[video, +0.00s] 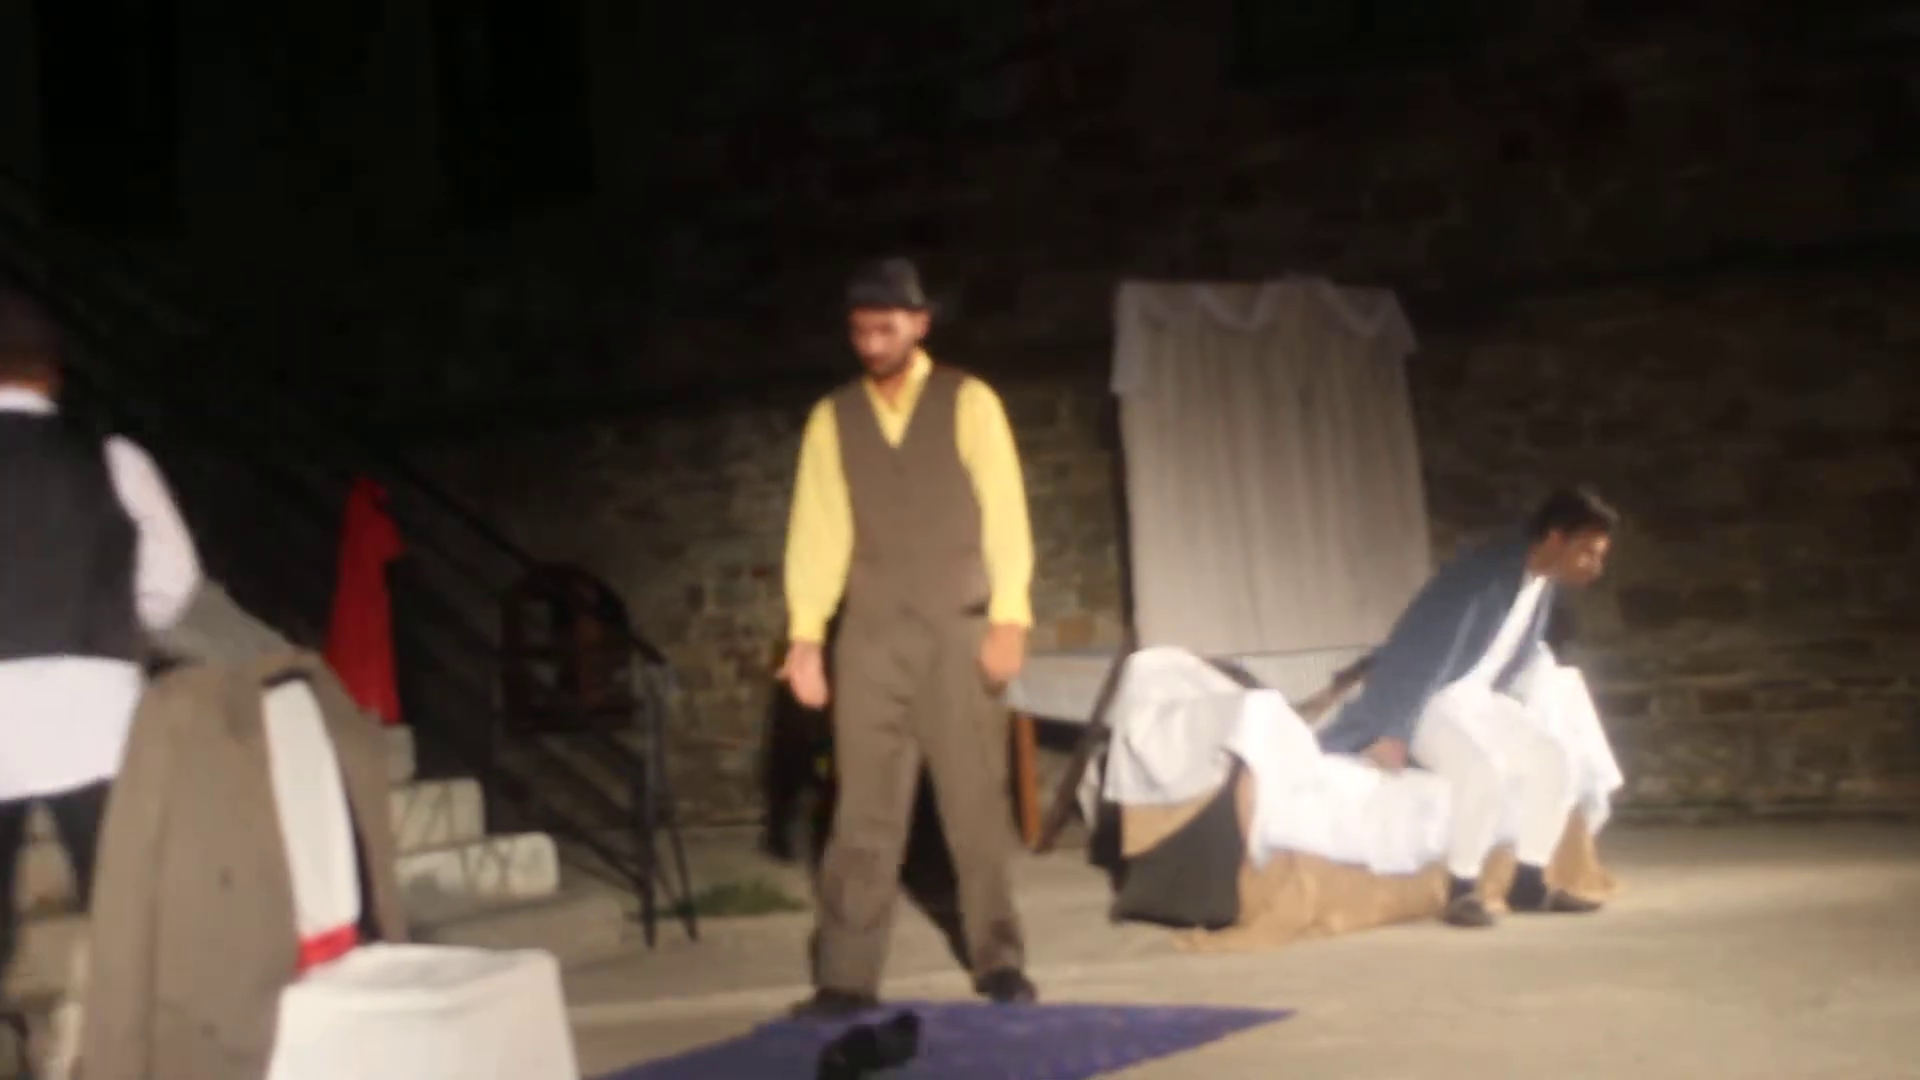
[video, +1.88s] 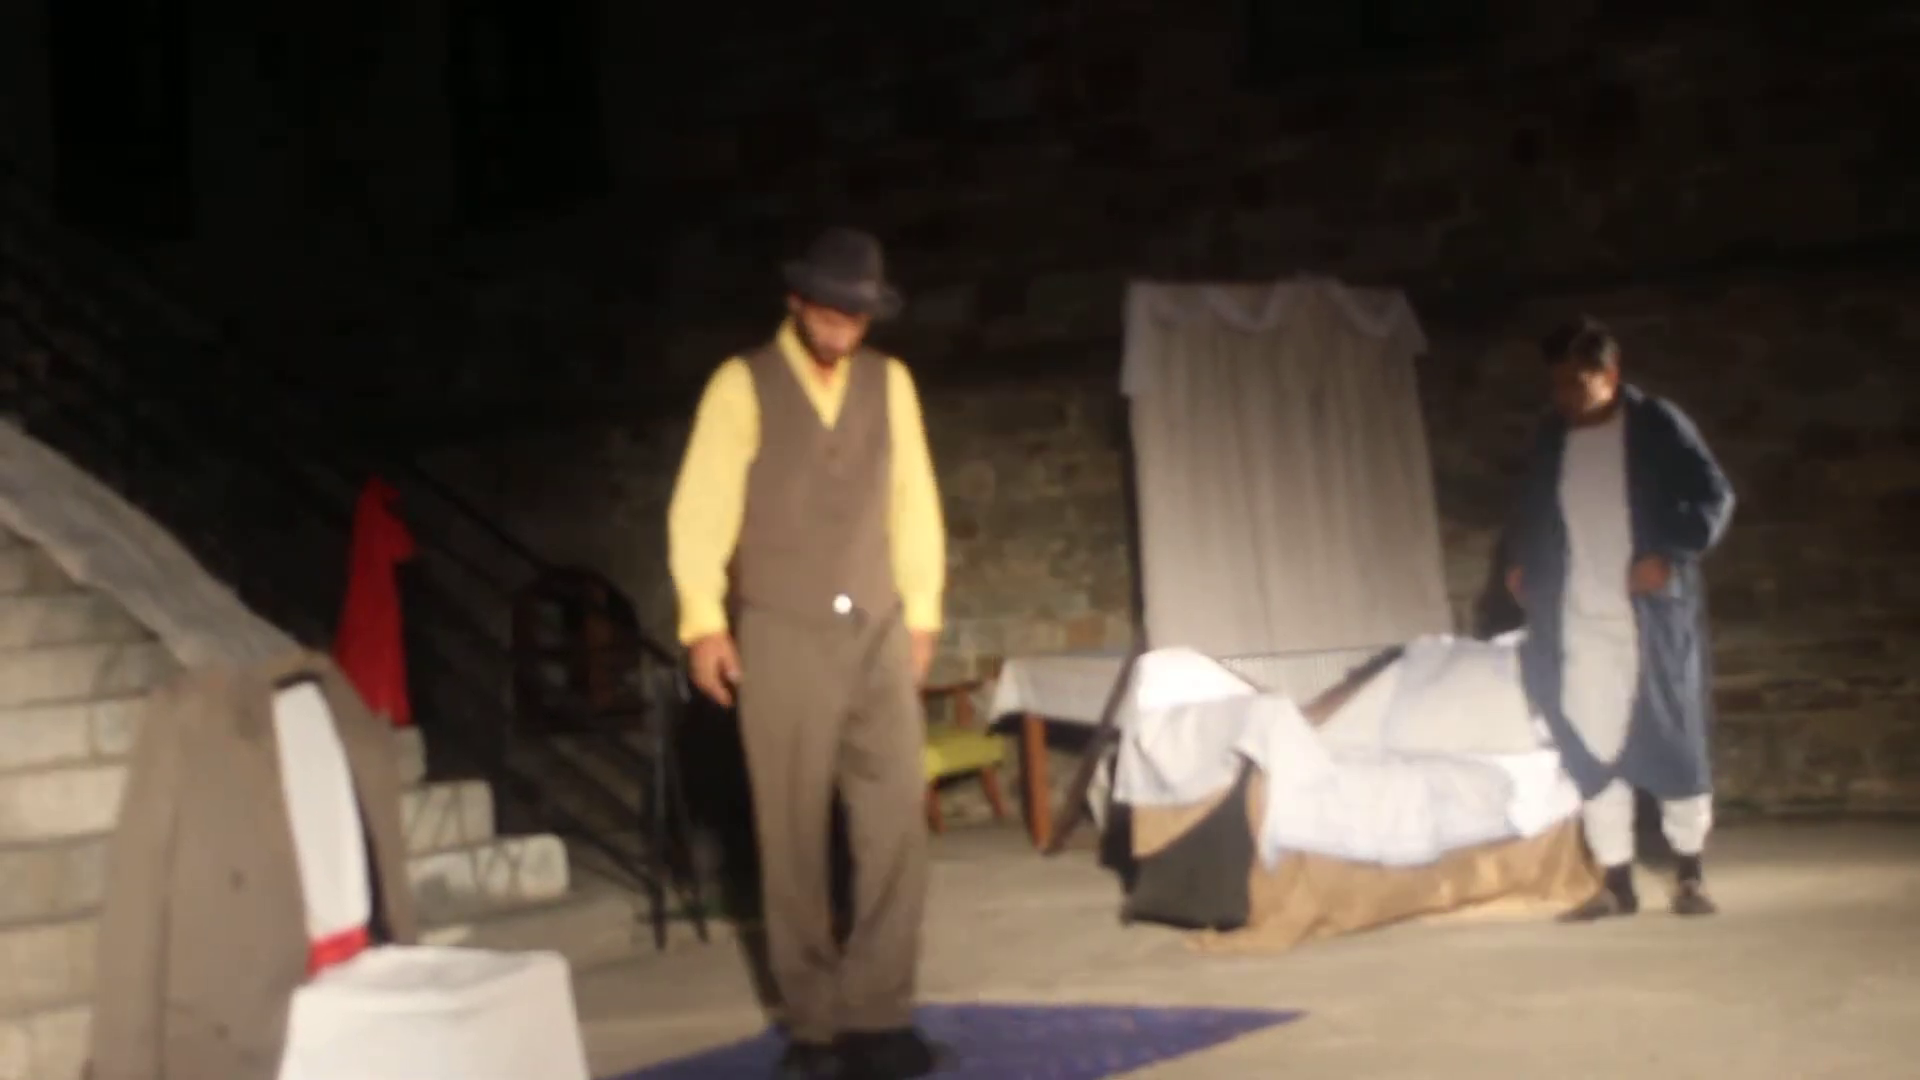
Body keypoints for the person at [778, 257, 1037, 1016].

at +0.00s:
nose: (873, 342)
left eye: (887, 327)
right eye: (862, 328)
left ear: (921, 325)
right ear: (848, 331)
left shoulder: (971, 404)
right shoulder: (832, 420)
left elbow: (1005, 513)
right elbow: (816, 531)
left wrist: (1009, 619)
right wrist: (806, 636)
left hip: (961, 632)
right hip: (868, 635)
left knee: (975, 810)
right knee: (863, 817)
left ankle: (999, 959)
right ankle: (845, 984)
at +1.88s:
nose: (845, 330)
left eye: (859, 316)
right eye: (831, 312)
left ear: (873, 315)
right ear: (795, 301)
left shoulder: (889, 384)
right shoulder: (741, 387)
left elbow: (916, 504)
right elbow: (699, 509)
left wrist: (921, 616)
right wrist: (703, 621)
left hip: (880, 637)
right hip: (781, 640)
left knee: (896, 825)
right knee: (792, 831)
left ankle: (880, 1016)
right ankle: (809, 1021)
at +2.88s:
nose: (968, 322)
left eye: (973, 307)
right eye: (962, 304)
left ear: (936, 300)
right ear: (914, 291)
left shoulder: (924, 383)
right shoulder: (845, 379)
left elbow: (913, 507)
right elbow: (794, 496)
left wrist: (935, 617)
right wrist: (822, 605)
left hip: (932, 620)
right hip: (882, 620)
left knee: (948, 811)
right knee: (894, 813)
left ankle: (946, 1001)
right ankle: (873, 1012)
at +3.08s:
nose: (999, 307)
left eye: (1001, 290)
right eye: (994, 289)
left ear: (946, 286)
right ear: (953, 286)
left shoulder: (924, 368)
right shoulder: (898, 369)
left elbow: (883, 492)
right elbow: (845, 485)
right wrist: (864, 599)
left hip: (923, 610)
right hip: (918, 612)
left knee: (925, 817)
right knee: (955, 811)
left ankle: (928, 1004)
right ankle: (983, 1002)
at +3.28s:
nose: (1023, 324)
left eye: (1027, 307)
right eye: (1018, 305)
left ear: (969, 298)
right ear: (980, 292)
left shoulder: (923, 362)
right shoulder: (952, 366)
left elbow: (920, 491)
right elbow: (932, 486)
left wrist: (952, 596)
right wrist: (953, 606)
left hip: (909, 607)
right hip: (949, 608)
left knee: (948, 808)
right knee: (1013, 799)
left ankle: (942, 1002)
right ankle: (1020, 1002)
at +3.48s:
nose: (1056, 349)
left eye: (1062, 334)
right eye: (1056, 329)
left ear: (1004, 305)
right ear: (1025, 306)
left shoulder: (919, 382)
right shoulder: (999, 377)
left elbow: (876, 498)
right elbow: (1019, 504)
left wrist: (897, 593)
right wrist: (1067, 606)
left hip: (926, 612)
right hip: (979, 609)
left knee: (1010, 790)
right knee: (1025, 800)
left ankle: (971, 961)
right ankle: (1023, 1005)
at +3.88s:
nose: (1083, 360)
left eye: (1090, 347)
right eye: (1084, 342)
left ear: (1043, 317)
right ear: (1051, 315)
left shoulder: (972, 378)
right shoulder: (1012, 379)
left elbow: (929, 504)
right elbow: (998, 492)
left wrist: (924, 619)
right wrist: (1023, 602)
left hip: (948, 605)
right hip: (986, 606)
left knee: (984, 797)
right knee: (1066, 771)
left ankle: (1015, 974)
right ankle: (1069, 965)